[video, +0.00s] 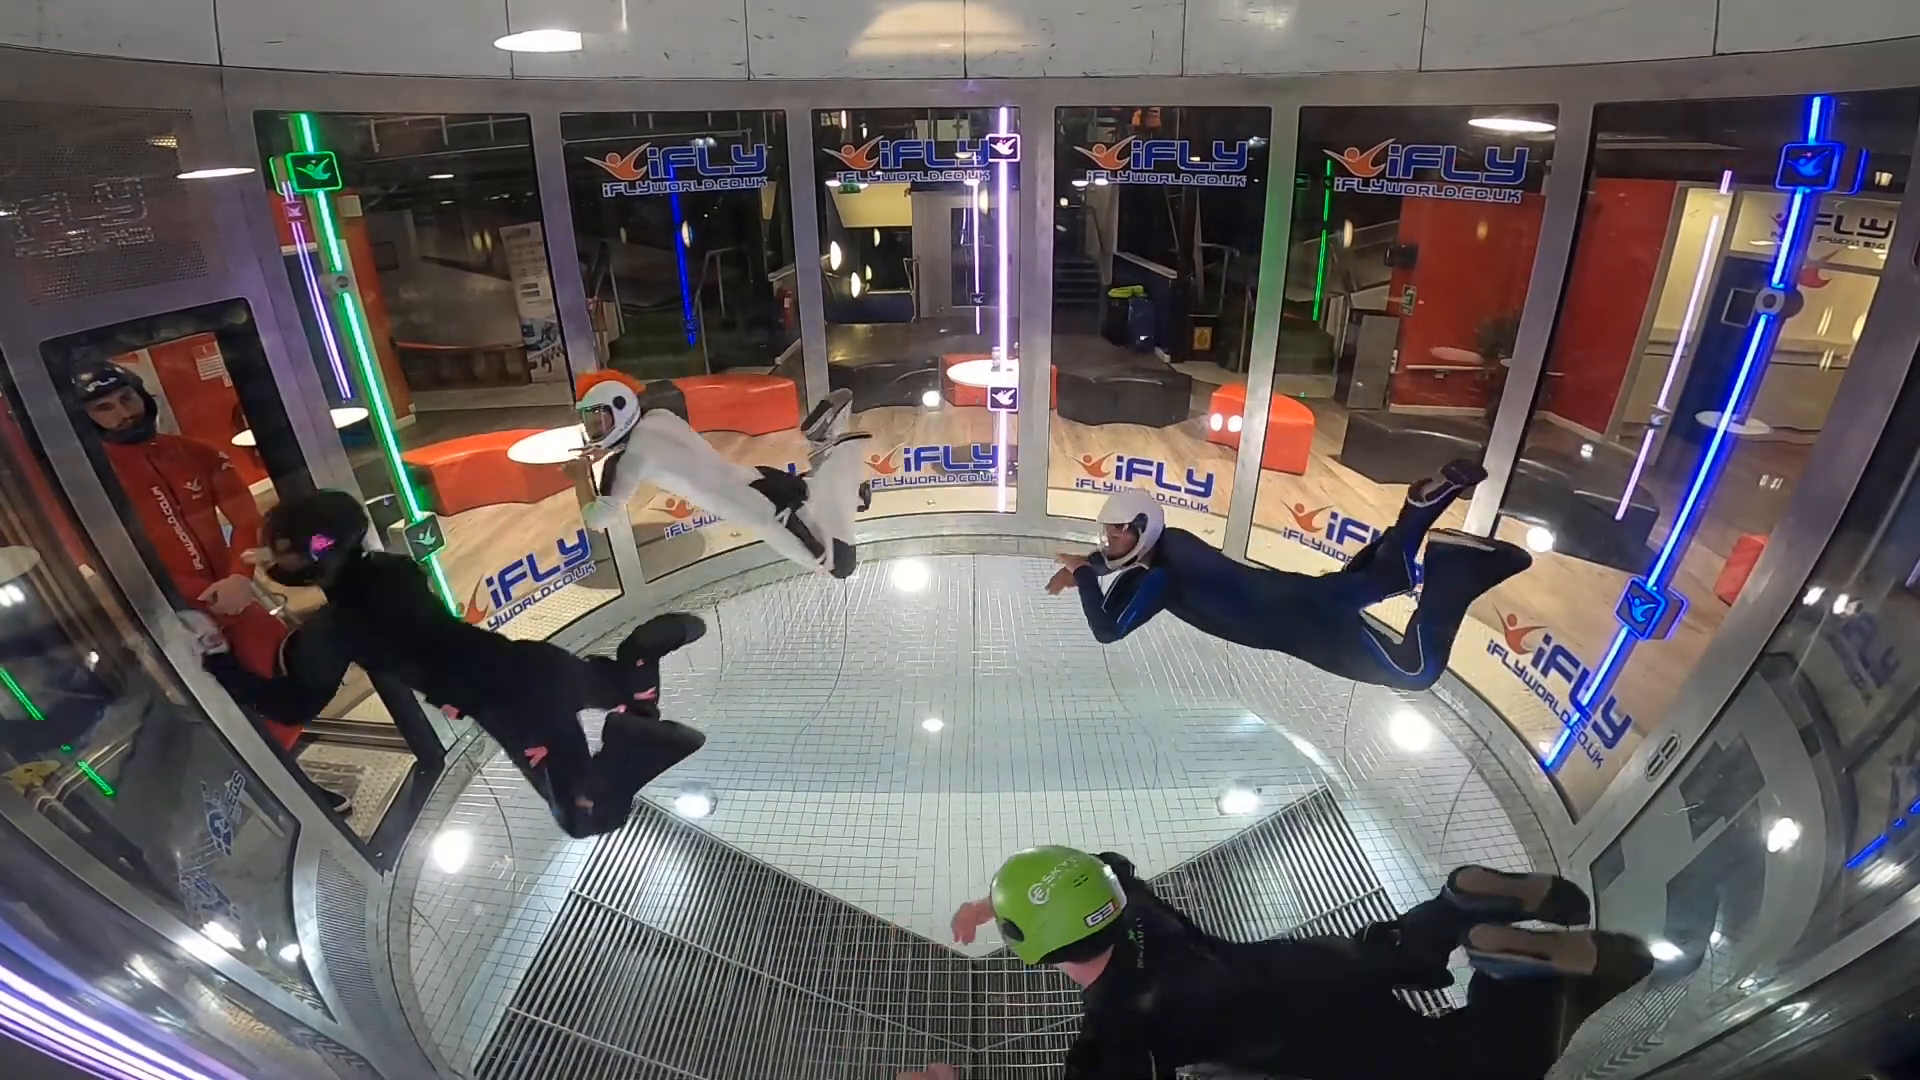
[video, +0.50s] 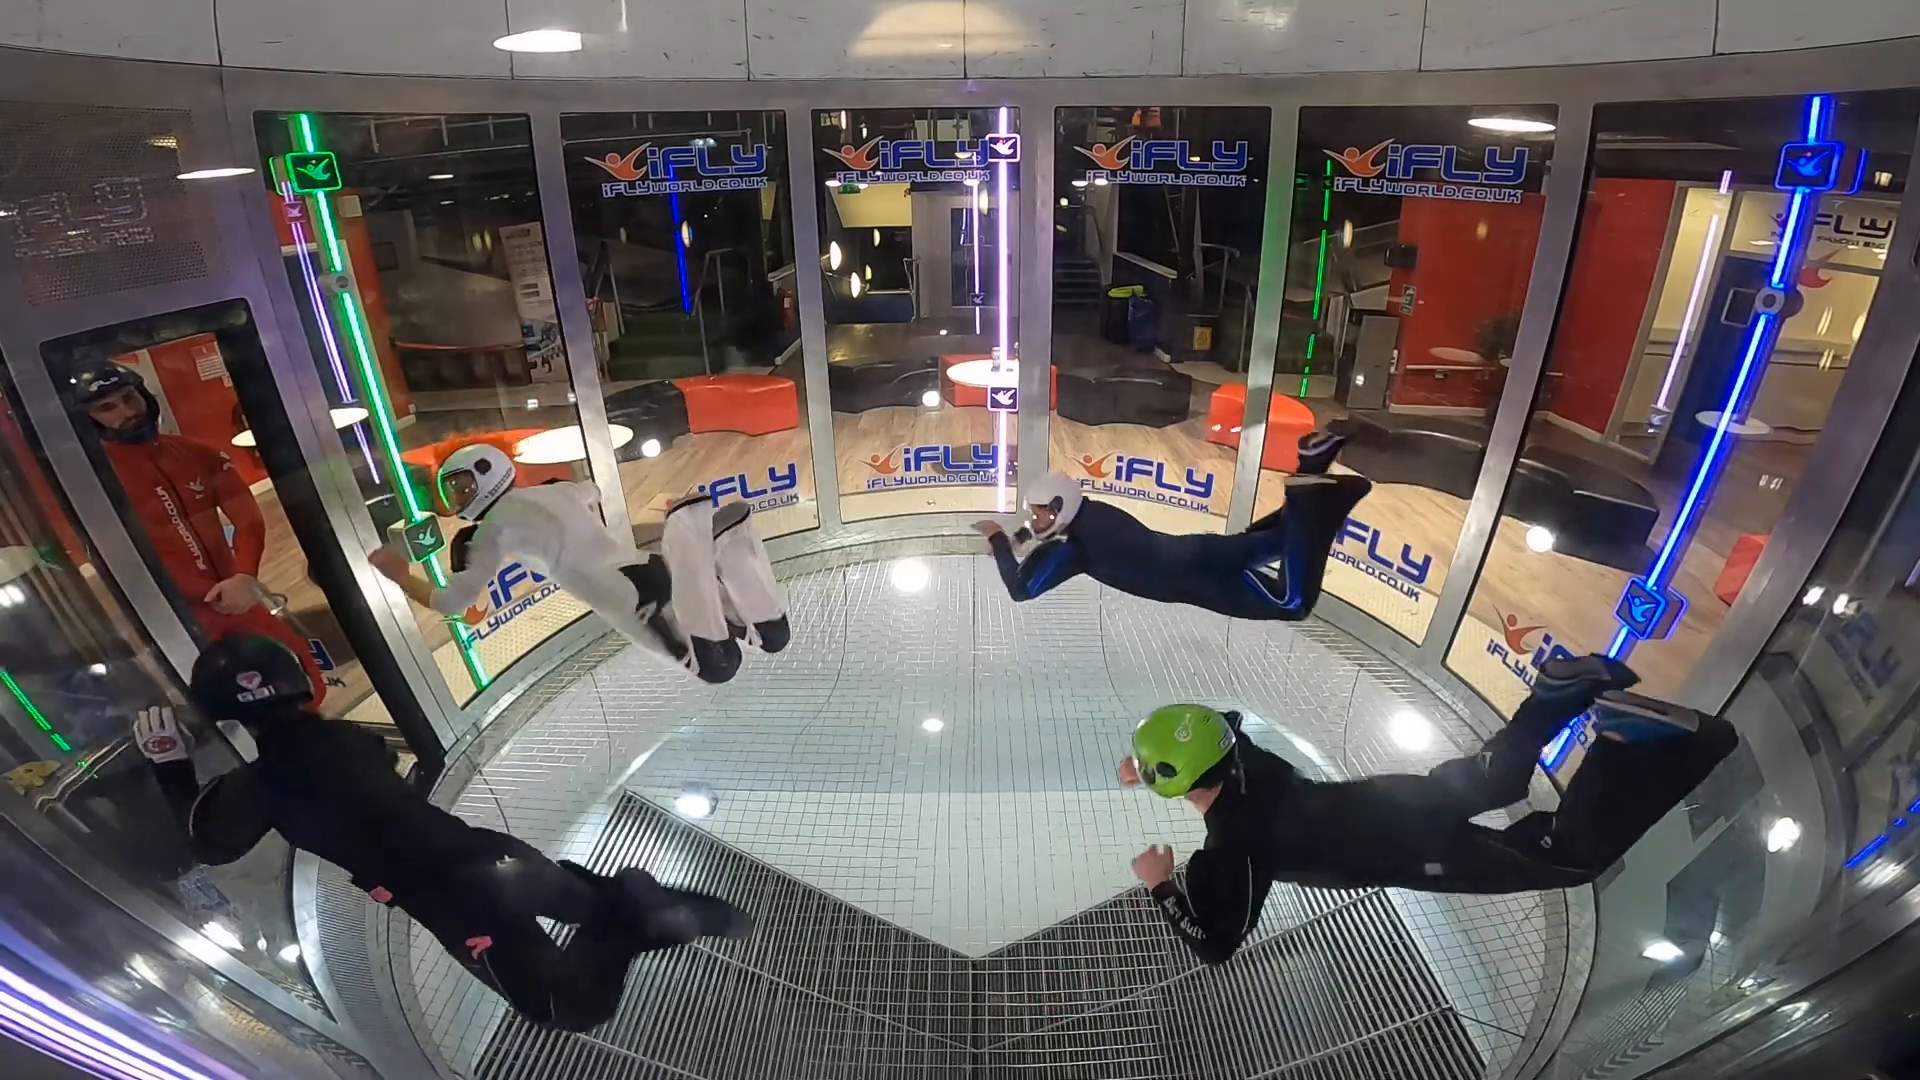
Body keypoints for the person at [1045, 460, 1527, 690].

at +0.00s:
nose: (1109, 541)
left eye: (1117, 532)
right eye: (1107, 531)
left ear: (1140, 534)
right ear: (1126, 531)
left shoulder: (1161, 572)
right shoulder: (1160, 544)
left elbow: (1106, 629)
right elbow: (1121, 602)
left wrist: (1084, 575)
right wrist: (1083, 578)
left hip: (1310, 626)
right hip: (1306, 595)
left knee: (1416, 673)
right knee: (1377, 573)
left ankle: (1450, 576)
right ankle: (1432, 499)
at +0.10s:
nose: (1106, 535)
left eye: (1113, 527)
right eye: (1104, 526)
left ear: (1133, 528)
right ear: (1131, 525)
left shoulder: (1149, 565)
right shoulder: (1159, 538)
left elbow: (1095, 617)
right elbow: (1116, 589)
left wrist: (1081, 557)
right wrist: (1084, 558)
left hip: (1296, 620)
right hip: (1296, 589)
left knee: (1401, 661)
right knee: (1379, 572)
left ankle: (1450, 561)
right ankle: (1408, 503)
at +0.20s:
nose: (1097, 530)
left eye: (1104, 522)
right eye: (1094, 521)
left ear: (1127, 523)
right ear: (1116, 522)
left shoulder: (1140, 560)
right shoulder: (1147, 536)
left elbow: (1081, 608)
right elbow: (1102, 586)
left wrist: (1070, 546)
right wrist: (1073, 556)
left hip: (1282, 611)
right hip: (1278, 584)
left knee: (1382, 639)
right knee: (1355, 568)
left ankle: (1424, 551)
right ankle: (1396, 499)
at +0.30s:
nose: (1081, 528)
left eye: (1086, 520)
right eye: (1079, 519)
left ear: (1104, 522)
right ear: (1105, 519)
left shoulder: (1125, 554)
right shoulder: (1129, 536)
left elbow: (1064, 598)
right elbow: (1085, 580)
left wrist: (1054, 541)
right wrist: (1056, 552)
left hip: (1246, 594)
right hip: (1240, 576)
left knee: (1351, 619)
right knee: (1326, 570)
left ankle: (1389, 523)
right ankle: (1370, 500)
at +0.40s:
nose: (1060, 525)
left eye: (1065, 516)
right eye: (1060, 517)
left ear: (1084, 517)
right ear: (1089, 513)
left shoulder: (1104, 548)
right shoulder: (1111, 529)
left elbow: (1045, 592)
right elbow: (1056, 584)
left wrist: (1027, 545)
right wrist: (1036, 546)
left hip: (1228, 582)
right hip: (1225, 567)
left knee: (1321, 605)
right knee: (1304, 565)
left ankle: (1350, 502)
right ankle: (1345, 489)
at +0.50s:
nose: (1036, 518)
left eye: (1039, 510)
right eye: (1034, 511)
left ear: (1057, 511)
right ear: (1066, 502)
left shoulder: (1075, 542)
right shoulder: (1089, 516)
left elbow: (1022, 588)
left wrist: (996, 542)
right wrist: (1029, 540)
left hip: (1191, 577)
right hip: (1193, 554)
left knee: (1292, 600)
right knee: (1274, 541)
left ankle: (1312, 498)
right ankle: (1310, 471)